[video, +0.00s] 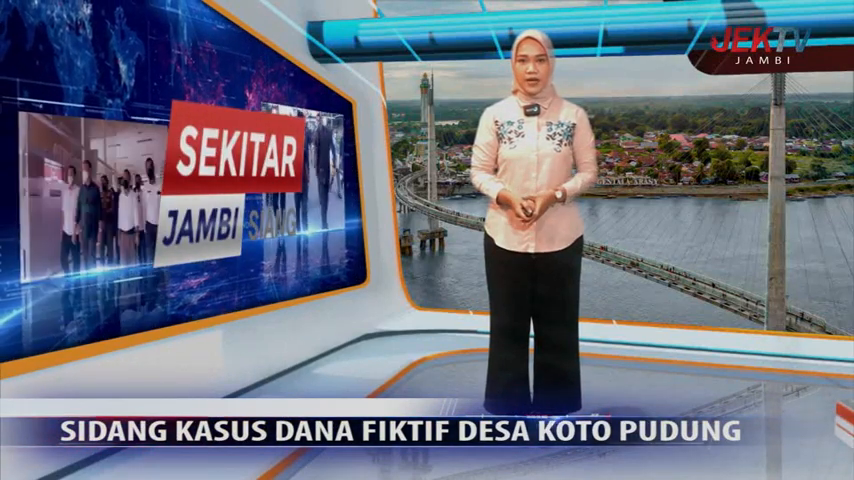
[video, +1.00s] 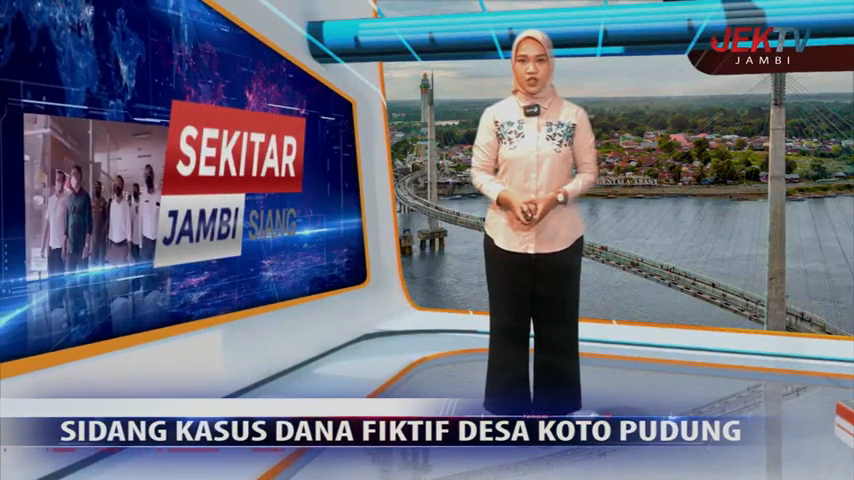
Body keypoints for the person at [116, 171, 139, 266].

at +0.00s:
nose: (124, 182)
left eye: (126, 179)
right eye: (122, 179)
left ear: (129, 181)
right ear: (121, 182)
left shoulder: (133, 194)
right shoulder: (119, 193)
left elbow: (136, 211)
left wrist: (137, 228)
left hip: (131, 228)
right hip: (121, 229)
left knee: (131, 254)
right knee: (123, 254)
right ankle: (123, 273)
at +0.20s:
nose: (116, 184)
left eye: (118, 181)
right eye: (114, 181)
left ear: (122, 182)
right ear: (113, 183)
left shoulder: (126, 195)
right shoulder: (113, 195)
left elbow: (129, 211)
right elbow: (113, 212)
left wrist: (130, 226)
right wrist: (112, 227)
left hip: (124, 229)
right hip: (115, 229)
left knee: (126, 255)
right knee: (116, 255)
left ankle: (126, 274)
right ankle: (117, 273)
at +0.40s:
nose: (114, 195)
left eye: (115, 193)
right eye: (113, 193)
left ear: (119, 192)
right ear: (112, 192)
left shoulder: (124, 201)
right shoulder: (111, 202)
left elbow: (127, 217)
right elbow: (109, 218)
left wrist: (129, 232)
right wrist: (108, 232)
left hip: (123, 234)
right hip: (113, 234)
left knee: (123, 260)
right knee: (114, 260)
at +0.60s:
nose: (113, 190)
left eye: (115, 188)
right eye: (112, 188)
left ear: (119, 190)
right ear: (110, 191)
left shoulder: (124, 204)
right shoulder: (109, 204)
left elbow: (127, 220)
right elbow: (108, 220)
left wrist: (128, 234)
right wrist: (106, 235)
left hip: (122, 236)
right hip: (112, 236)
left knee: (122, 262)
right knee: (113, 262)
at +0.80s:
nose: (114, 184)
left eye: (116, 181)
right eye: (112, 181)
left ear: (120, 184)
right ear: (111, 183)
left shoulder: (124, 199)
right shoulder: (110, 199)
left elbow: (127, 215)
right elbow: (108, 215)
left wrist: (128, 231)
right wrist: (107, 230)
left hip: (122, 232)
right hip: (111, 232)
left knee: (121, 259)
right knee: (112, 259)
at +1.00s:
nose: (115, 187)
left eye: (118, 185)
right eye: (114, 184)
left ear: (122, 187)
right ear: (112, 186)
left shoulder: (126, 203)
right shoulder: (111, 202)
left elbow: (128, 221)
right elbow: (109, 219)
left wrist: (129, 238)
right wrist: (108, 236)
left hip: (122, 240)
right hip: (112, 239)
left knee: (122, 266)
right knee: (112, 266)